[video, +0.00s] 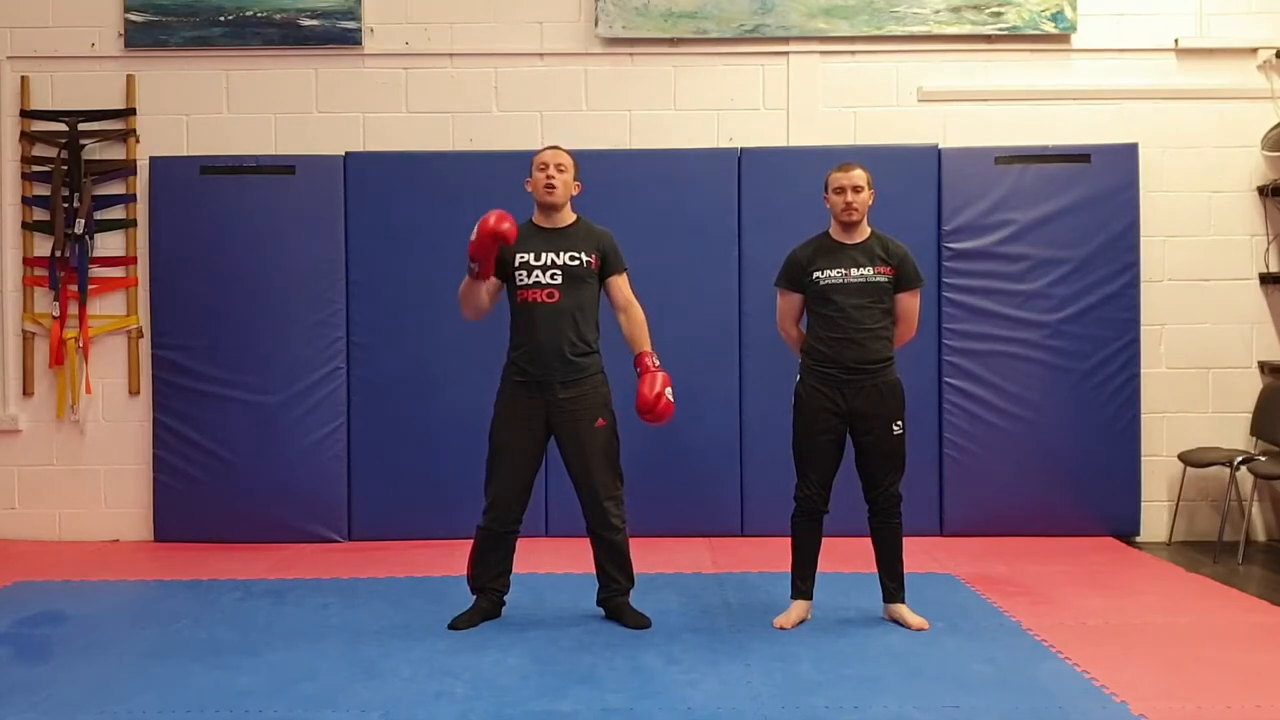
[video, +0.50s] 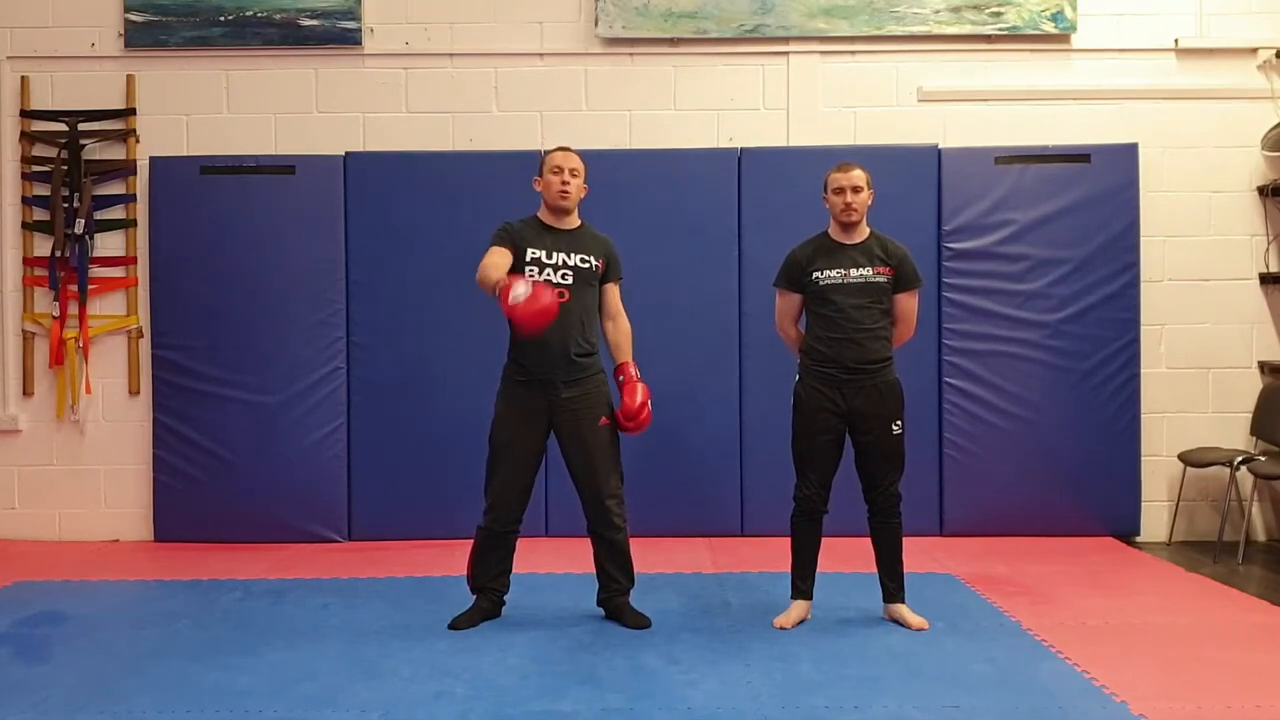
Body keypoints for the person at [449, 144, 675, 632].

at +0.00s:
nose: (549, 175)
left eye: (559, 170)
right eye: (541, 169)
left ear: (575, 187)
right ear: (528, 184)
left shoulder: (598, 240)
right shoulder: (509, 240)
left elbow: (627, 307)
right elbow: (473, 309)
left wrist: (648, 363)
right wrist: (481, 264)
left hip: (583, 388)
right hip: (522, 389)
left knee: (604, 498)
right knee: (502, 499)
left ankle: (616, 598)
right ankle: (488, 598)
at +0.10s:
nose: (552, 175)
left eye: (561, 170)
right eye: (544, 169)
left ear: (577, 186)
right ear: (531, 183)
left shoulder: (597, 240)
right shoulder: (510, 238)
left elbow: (624, 308)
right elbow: (477, 305)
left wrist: (644, 366)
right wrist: (487, 246)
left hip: (582, 387)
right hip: (522, 388)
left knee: (604, 498)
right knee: (502, 499)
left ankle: (616, 598)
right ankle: (488, 598)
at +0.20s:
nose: (555, 176)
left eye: (564, 171)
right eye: (547, 170)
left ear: (578, 186)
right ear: (533, 184)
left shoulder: (598, 242)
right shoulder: (512, 235)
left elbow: (621, 309)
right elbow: (480, 298)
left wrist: (638, 367)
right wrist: (496, 241)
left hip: (583, 387)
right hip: (522, 388)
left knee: (604, 498)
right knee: (502, 499)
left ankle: (616, 597)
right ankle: (488, 597)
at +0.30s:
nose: (559, 177)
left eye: (568, 171)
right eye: (551, 170)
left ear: (580, 186)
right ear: (535, 184)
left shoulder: (599, 243)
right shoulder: (515, 235)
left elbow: (618, 312)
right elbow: (479, 290)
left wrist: (633, 370)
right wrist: (504, 240)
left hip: (583, 388)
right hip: (523, 388)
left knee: (605, 498)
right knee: (503, 498)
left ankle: (616, 597)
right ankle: (488, 597)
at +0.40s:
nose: (562, 178)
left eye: (571, 173)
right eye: (554, 171)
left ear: (583, 188)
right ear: (537, 184)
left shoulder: (599, 246)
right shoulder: (512, 236)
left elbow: (615, 315)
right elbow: (479, 283)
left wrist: (630, 373)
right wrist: (508, 256)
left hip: (584, 388)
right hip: (523, 388)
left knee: (606, 498)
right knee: (503, 498)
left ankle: (616, 597)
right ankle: (488, 597)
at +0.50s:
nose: (565, 181)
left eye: (573, 175)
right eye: (557, 173)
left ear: (585, 188)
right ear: (539, 184)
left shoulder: (600, 247)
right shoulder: (515, 233)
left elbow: (614, 316)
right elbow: (487, 272)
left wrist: (628, 374)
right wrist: (513, 287)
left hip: (584, 390)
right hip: (524, 390)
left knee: (606, 499)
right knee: (503, 499)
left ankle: (616, 598)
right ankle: (488, 597)